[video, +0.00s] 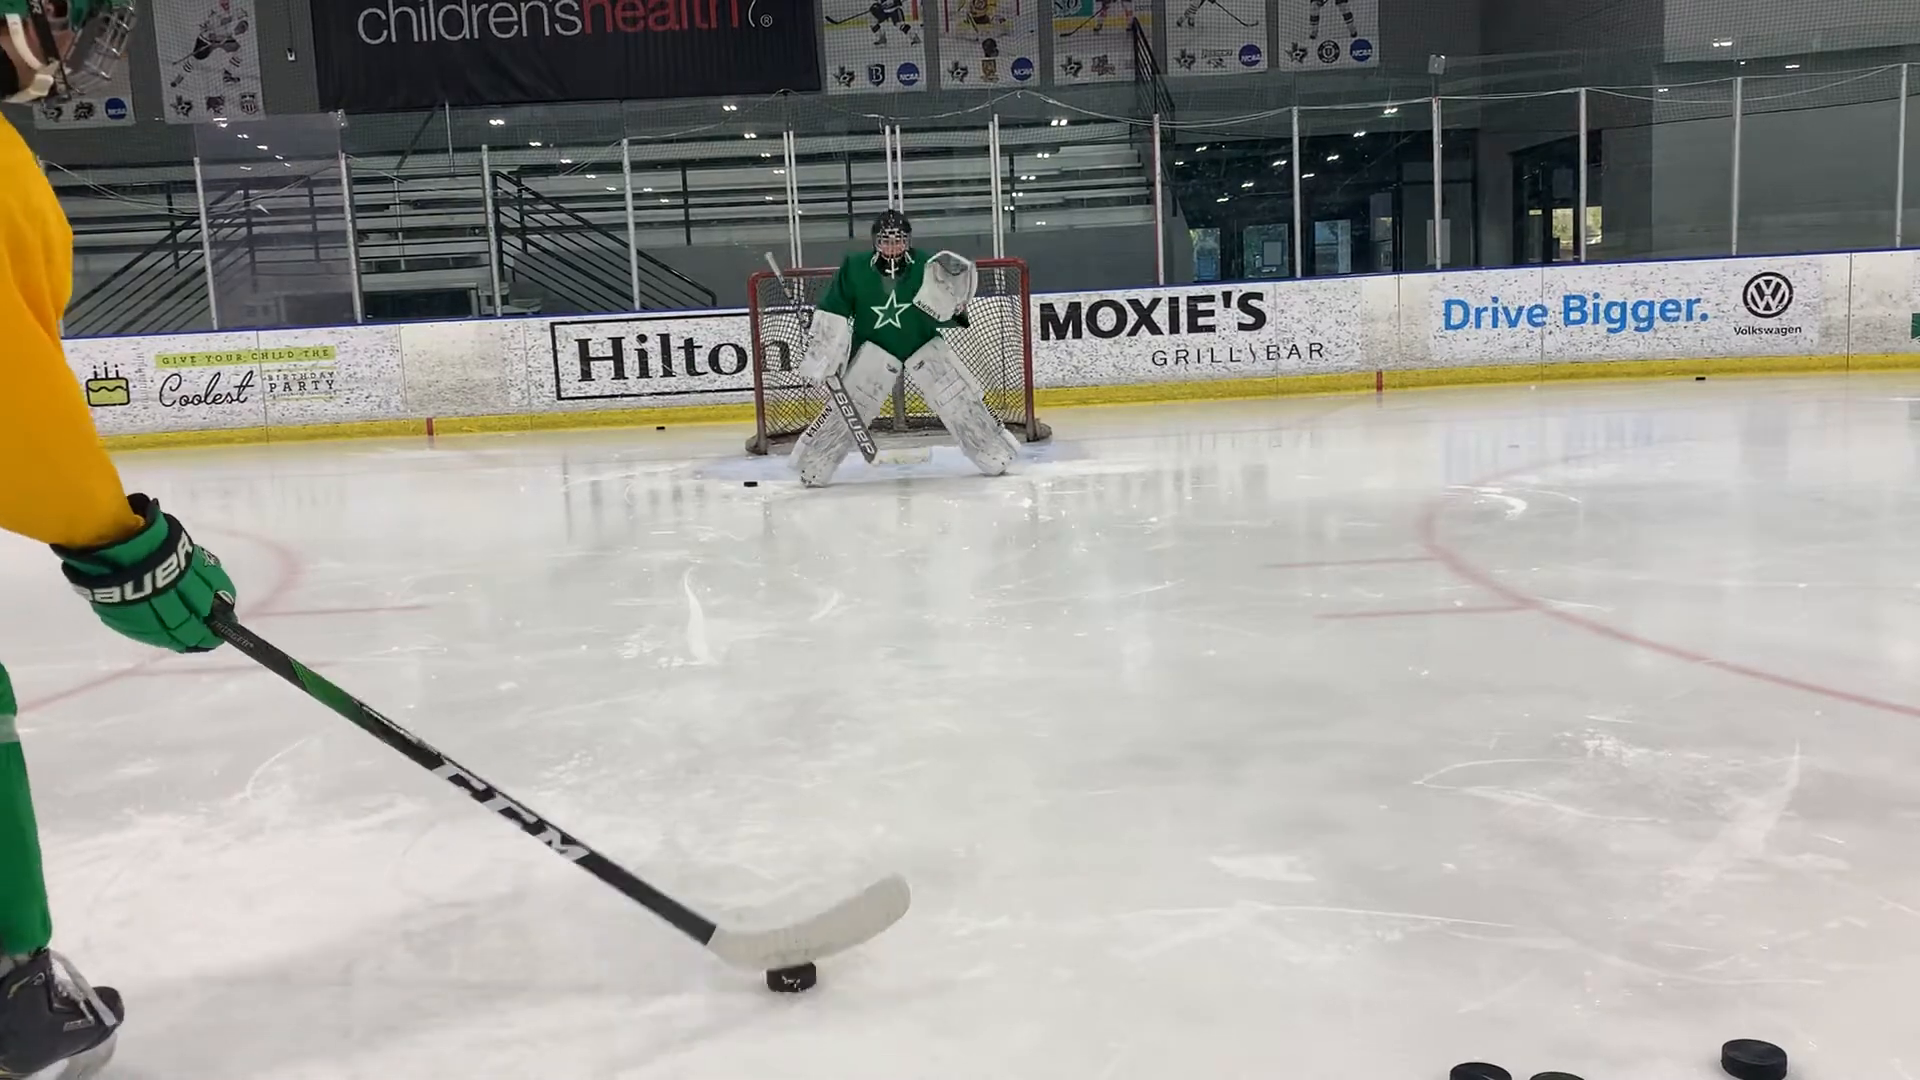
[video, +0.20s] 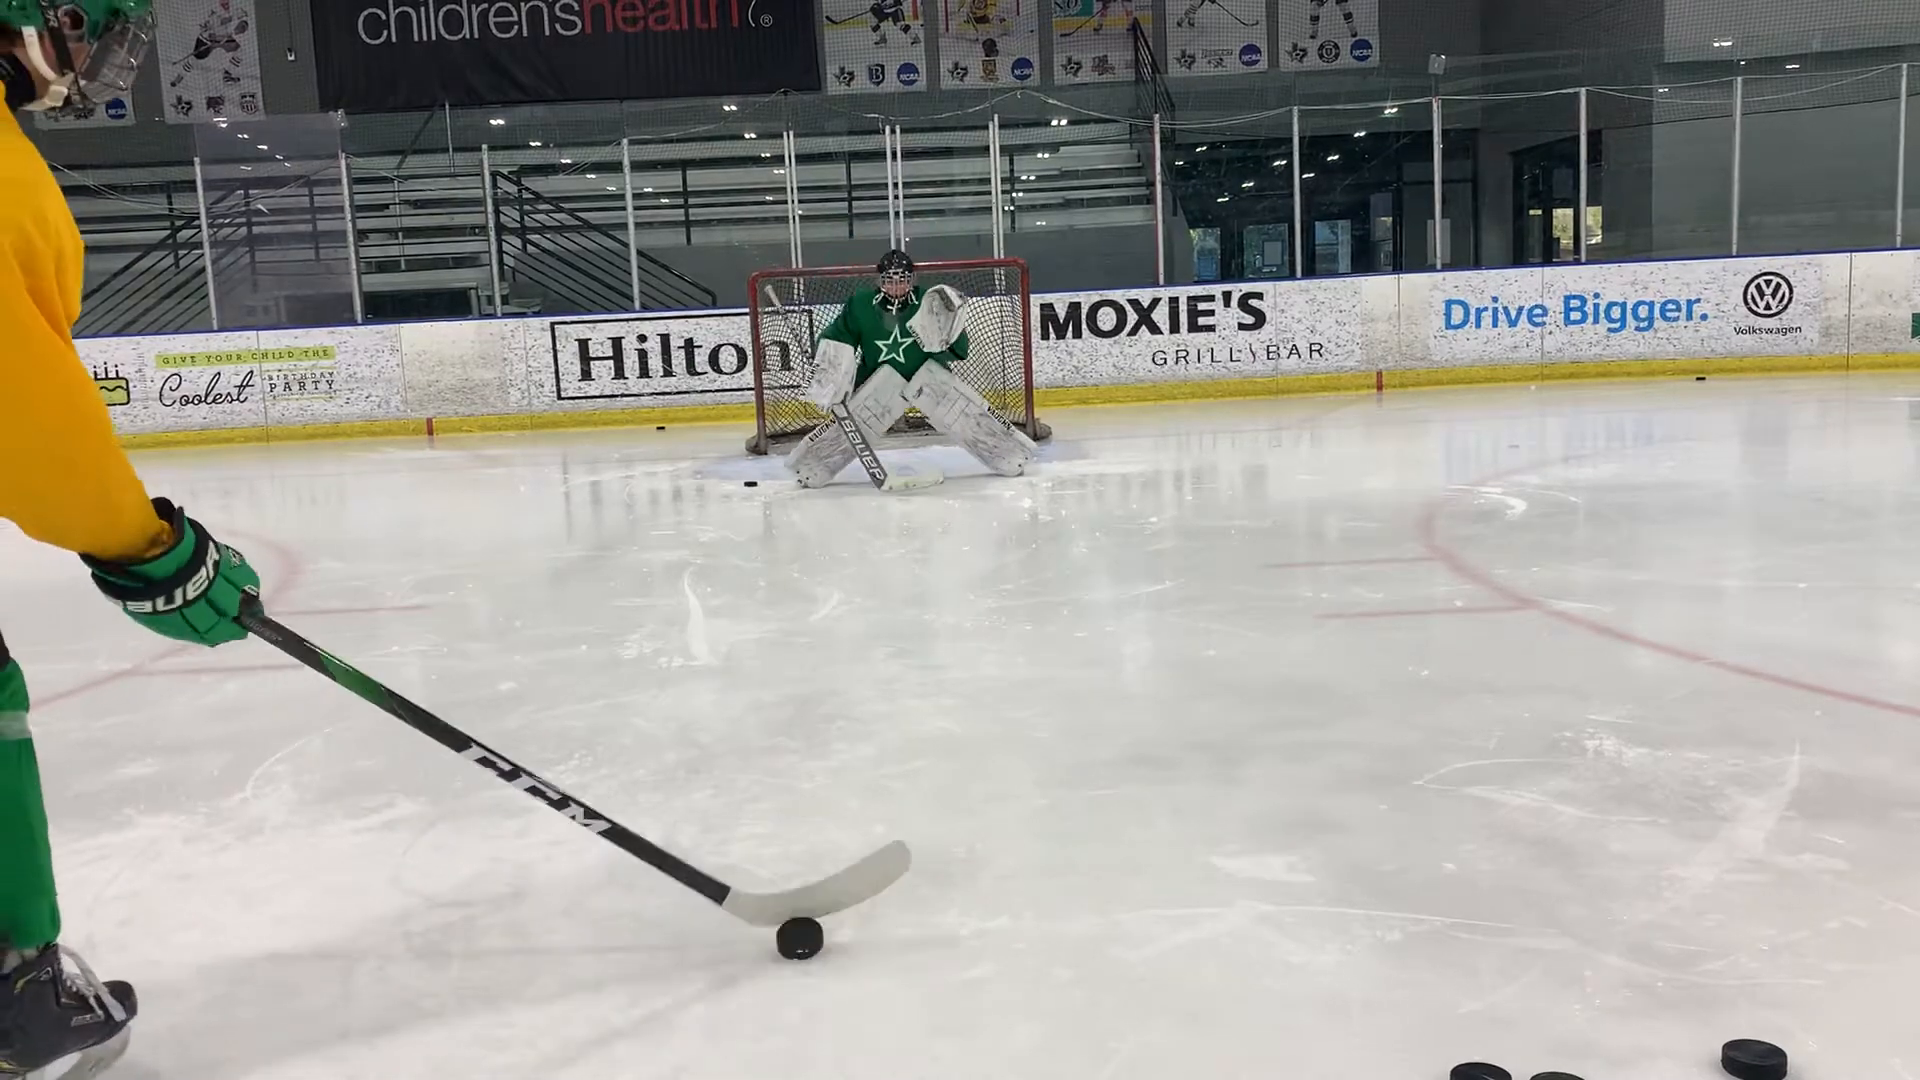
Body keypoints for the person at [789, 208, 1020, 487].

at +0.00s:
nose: (892, 246)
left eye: (898, 239)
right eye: (887, 240)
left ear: (908, 240)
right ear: (875, 241)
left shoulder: (924, 265)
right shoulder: (855, 269)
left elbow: (948, 309)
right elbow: (832, 314)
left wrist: (950, 286)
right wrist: (823, 360)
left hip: (924, 346)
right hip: (874, 350)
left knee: (960, 399)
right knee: (850, 407)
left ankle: (996, 459)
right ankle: (815, 468)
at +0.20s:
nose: (896, 285)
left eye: (902, 278)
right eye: (890, 279)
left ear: (912, 279)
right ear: (881, 280)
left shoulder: (928, 301)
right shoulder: (861, 305)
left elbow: (960, 350)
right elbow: (836, 341)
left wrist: (948, 320)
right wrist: (831, 380)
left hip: (927, 374)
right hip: (880, 380)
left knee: (964, 414)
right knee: (855, 426)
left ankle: (1009, 457)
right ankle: (813, 468)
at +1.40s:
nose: (902, 305)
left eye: (907, 298)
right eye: (896, 298)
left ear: (918, 298)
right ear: (886, 298)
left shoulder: (936, 317)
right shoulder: (865, 319)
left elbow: (964, 370)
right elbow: (834, 352)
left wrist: (962, 347)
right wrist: (834, 388)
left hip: (931, 402)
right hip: (880, 408)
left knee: (961, 410)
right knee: (853, 437)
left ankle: (1008, 453)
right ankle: (815, 467)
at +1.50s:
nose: (906, 308)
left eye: (912, 302)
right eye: (900, 302)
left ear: (920, 300)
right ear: (889, 300)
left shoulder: (938, 321)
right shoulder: (865, 319)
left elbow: (963, 365)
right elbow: (834, 355)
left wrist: (982, 358)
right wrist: (847, 379)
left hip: (935, 418)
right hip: (883, 419)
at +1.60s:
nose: (916, 314)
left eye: (921, 308)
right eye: (909, 309)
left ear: (927, 305)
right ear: (893, 306)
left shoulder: (944, 327)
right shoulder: (870, 326)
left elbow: (957, 369)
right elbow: (842, 364)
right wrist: (858, 391)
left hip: (938, 424)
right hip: (888, 426)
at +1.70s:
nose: (930, 321)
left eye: (934, 314)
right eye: (922, 316)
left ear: (939, 310)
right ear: (905, 313)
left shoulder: (951, 340)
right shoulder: (881, 327)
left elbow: (958, 391)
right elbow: (849, 366)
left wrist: (969, 423)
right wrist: (862, 403)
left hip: (935, 430)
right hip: (885, 427)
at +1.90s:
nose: (932, 322)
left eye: (937, 315)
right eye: (925, 316)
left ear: (943, 312)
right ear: (910, 313)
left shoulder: (955, 341)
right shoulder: (884, 332)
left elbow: (961, 392)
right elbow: (853, 365)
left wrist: (975, 422)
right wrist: (863, 402)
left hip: (942, 429)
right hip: (893, 427)